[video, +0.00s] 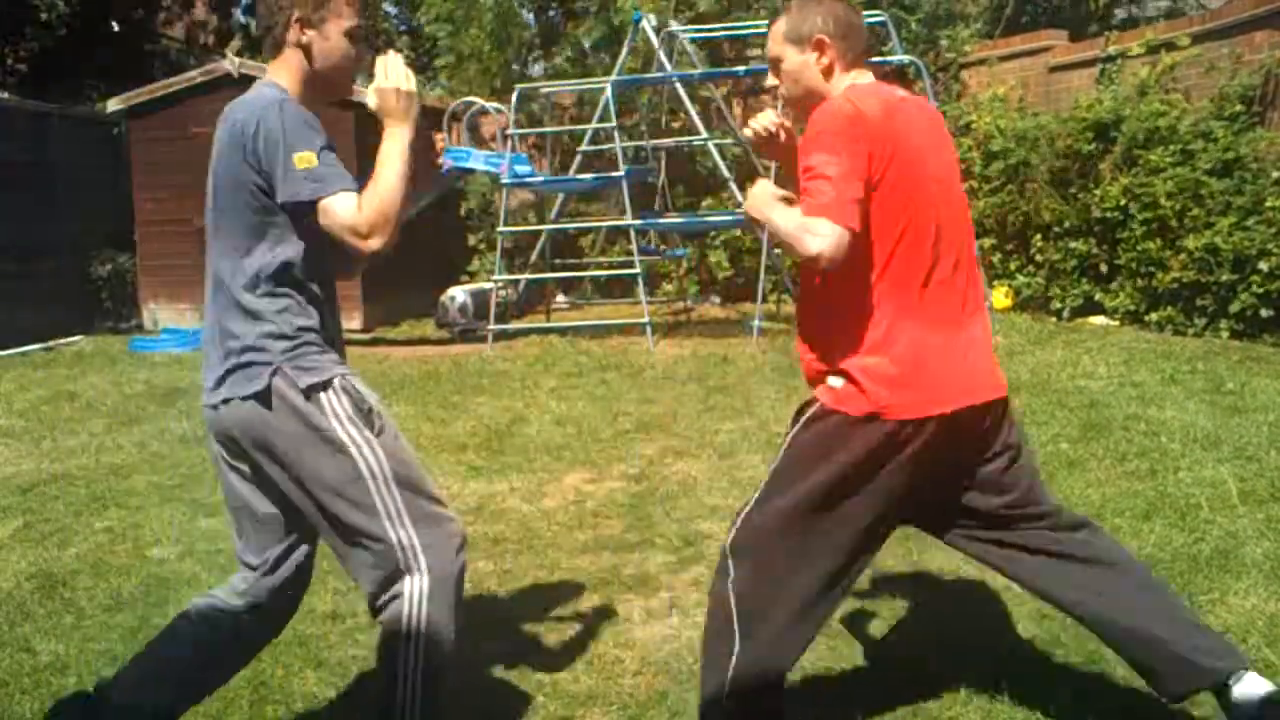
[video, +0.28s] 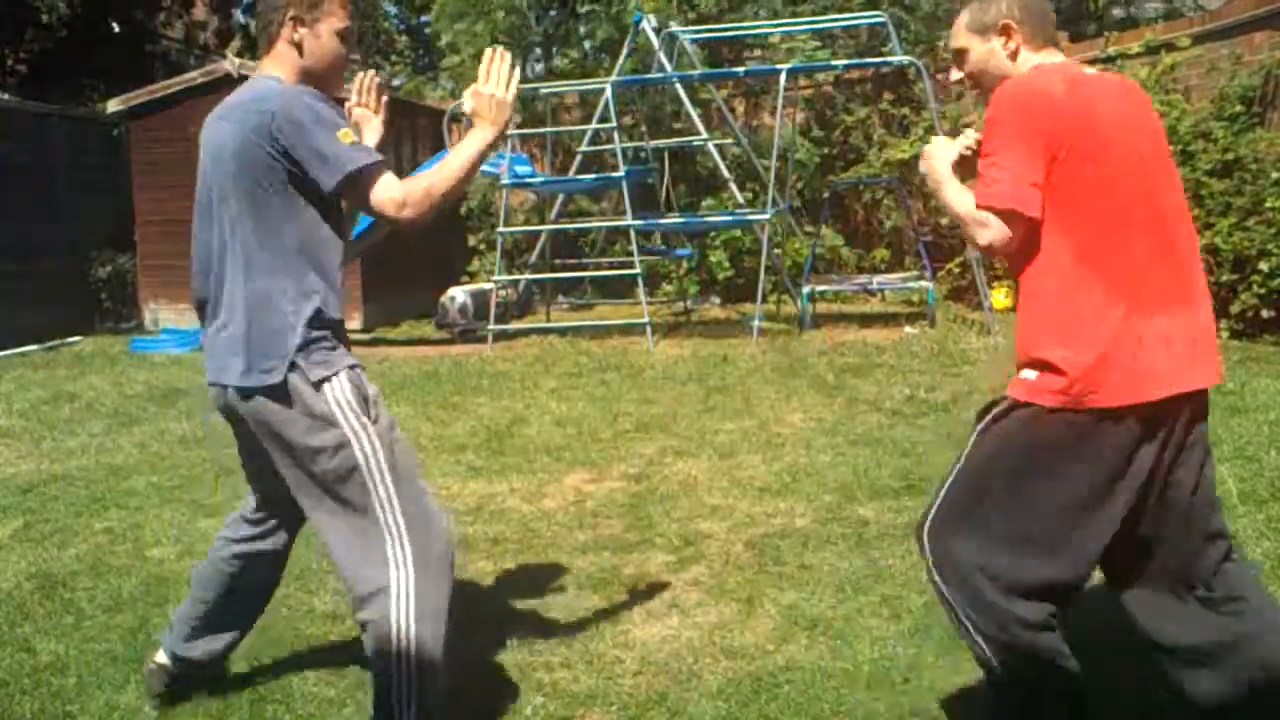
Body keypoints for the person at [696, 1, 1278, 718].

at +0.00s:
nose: (771, 83)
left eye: (776, 65)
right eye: (769, 67)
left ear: (824, 55)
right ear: (837, 55)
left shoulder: (843, 115)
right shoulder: (916, 111)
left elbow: (823, 243)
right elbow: (876, 218)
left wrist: (767, 207)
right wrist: (797, 155)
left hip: (879, 396)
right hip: (966, 388)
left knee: (758, 564)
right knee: (1056, 543)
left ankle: (731, 705)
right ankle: (1237, 679)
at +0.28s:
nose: (957, 74)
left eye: (961, 54)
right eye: (953, 58)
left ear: (1008, 37)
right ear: (1025, 35)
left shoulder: (1025, 96)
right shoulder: (1123, 91)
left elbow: (1001, 237)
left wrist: (940, 176)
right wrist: (977, 163)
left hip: (1088, 381)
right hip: (1175, 373)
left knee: (964, 543)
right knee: (1188, 568)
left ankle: (1045, 702)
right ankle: (1267, 698)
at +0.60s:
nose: (1002, 73)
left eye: (1007, 54)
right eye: (998, 57)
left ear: (1057, 35)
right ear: (1065, 32)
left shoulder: (1091, 89)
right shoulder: (1141, 83)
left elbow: (1008, 209)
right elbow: (1048, 200)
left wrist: (970, 136)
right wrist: (985, 146)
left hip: (1130, 376)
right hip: (1207, 372)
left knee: (970, 524)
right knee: (1232, 579)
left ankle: (910, 702)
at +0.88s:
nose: (881, 22)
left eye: (888, 7)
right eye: (880, 9)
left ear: (936, 5)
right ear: (969, 8)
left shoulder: (958, 61)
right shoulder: (1038, 60)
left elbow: (849, 155)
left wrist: (832, 93)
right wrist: (875, 76)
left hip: (981, 347)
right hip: (1066, 340)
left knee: (912, 531)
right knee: (1064, 514)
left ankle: (916, 705)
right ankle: (1162, 651)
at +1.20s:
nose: (762, 94)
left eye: (765, 78)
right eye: (759, 80)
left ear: (801, 70)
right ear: (819, 69)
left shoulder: (838, 119)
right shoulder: (887, 121)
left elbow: (889, 229)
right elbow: (836, 246)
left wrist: (830, 334)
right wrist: (787, 196)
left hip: (843, 388)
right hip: (911, 387)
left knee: (740, 539)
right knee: (954, 551)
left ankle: (654, 684)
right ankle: (1074, 687)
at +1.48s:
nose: (631, 61)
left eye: (634, 50)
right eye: (632, 50)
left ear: (658, 42)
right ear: (713, 47)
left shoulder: (646, 69)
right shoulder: (777, 105)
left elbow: (542, 74)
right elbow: (796, 211)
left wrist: (435, 63)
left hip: (668, 335)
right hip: (758, 337)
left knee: (629, 508)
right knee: (769, 476)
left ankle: (628, 689)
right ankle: (815, 606)